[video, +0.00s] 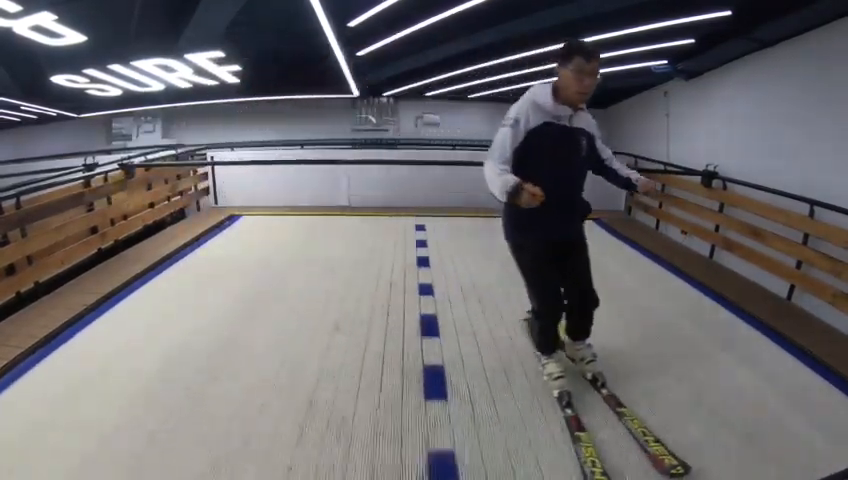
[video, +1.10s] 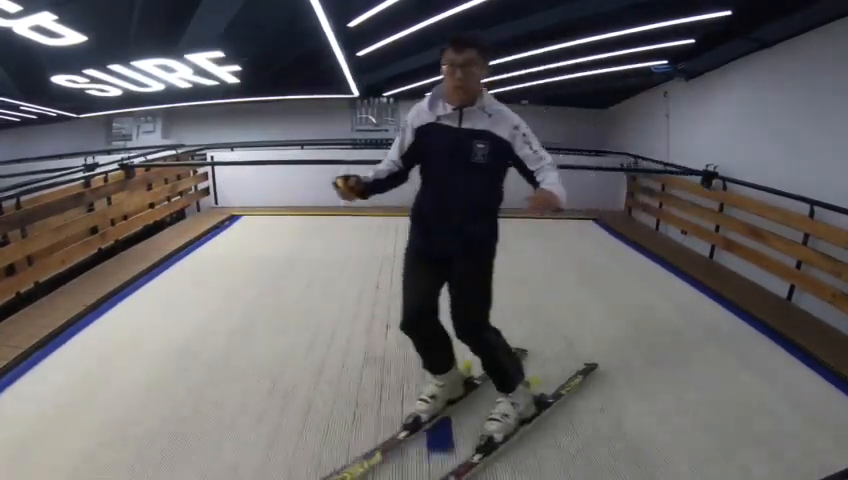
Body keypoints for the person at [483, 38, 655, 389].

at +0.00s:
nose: (587, 83)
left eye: (593, 76)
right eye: (580, 74)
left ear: (598, 79)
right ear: (560, 71)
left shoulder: (584, 121)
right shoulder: (527, 110)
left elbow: (602, 161)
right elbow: (495, 164)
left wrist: (636, 181)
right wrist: (512, 188)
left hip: (567, 218)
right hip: (527, 219)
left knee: (583, 294)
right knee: (547, 298)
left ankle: (576, 342)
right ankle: (548, 353)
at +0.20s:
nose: (625, 93)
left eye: (630, 85)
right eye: (617, 84)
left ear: (633, 86)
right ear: (595, 80)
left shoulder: (625, 128)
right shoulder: (566, 120)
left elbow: (648, 167)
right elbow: (536, 175)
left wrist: (680, 187)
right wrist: (552, 201)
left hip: (610, 231)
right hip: (569, 233)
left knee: (624, 301)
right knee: (589, 305)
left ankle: (627, 349)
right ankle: (598, 363)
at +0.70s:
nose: (601, 90)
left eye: (609, 82)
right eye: (592, 82)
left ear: (618, 86)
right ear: (575, 83)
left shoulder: (629, 134)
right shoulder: (547, 125)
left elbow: (662, 172)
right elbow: (518, 172)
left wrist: (684, 195)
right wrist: (499, 196)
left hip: (603, 246)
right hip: (553, 245)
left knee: (608, 325)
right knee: (561, 330)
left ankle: (636, 379)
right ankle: (585, 384)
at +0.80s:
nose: (574, 85)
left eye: (582, 77)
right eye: (565, 77)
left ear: (594, 80)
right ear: (551, 79)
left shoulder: (608, 131)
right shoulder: (523, 122)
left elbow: (643, 172)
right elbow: (495, 171)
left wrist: (663, 197)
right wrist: (473, 194)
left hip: (579, 247)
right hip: (527, 245)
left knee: (583, 329)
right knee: (530, 331)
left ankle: (617, 386)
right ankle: (559, 388)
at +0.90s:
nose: (540, 83)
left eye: (549, 74)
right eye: (532, 74)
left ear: (562, 76)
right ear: (519, 76)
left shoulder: (579, 129)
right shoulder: (494, 121)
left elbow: (615, 171)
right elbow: (467, 171)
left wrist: (633, 197)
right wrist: (440, 191)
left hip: (549, 247)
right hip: (499, 245)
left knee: (551, 332)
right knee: (496, 329)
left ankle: (591, 389)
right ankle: (528, 388)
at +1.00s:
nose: (501, 78)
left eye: (510, 70)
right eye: (493, 70)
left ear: (525, 72)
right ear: (482, 73)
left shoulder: (544, 127)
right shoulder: (459, 119)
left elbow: (583, 172)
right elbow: (434, 171)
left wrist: (595, 196)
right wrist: (403, 189)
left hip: (513, 246)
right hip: (464, 242)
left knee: (513, 330)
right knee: (457, 324)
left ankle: (556, 392)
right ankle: (490, 385)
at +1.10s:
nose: (457, 74)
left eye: (467, 66)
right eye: (450, 66)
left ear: (484, 70)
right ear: (441, 70)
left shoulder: (504, 123)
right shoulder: (421, 116)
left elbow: (544, 169)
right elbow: (397, 166)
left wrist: (550, 193)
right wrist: (364, 185)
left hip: (474, 239)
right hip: (426, 234)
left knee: (470, 325)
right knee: (416, 319)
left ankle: (515, 393)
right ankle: (447, 378)